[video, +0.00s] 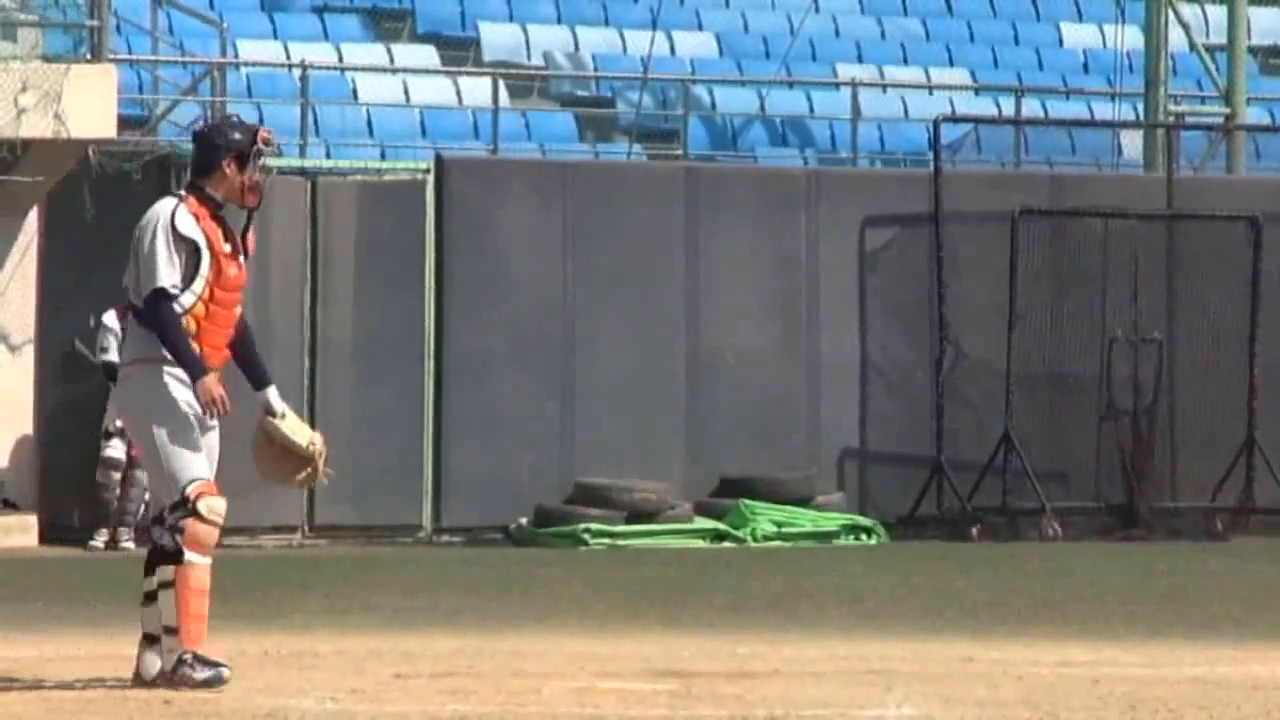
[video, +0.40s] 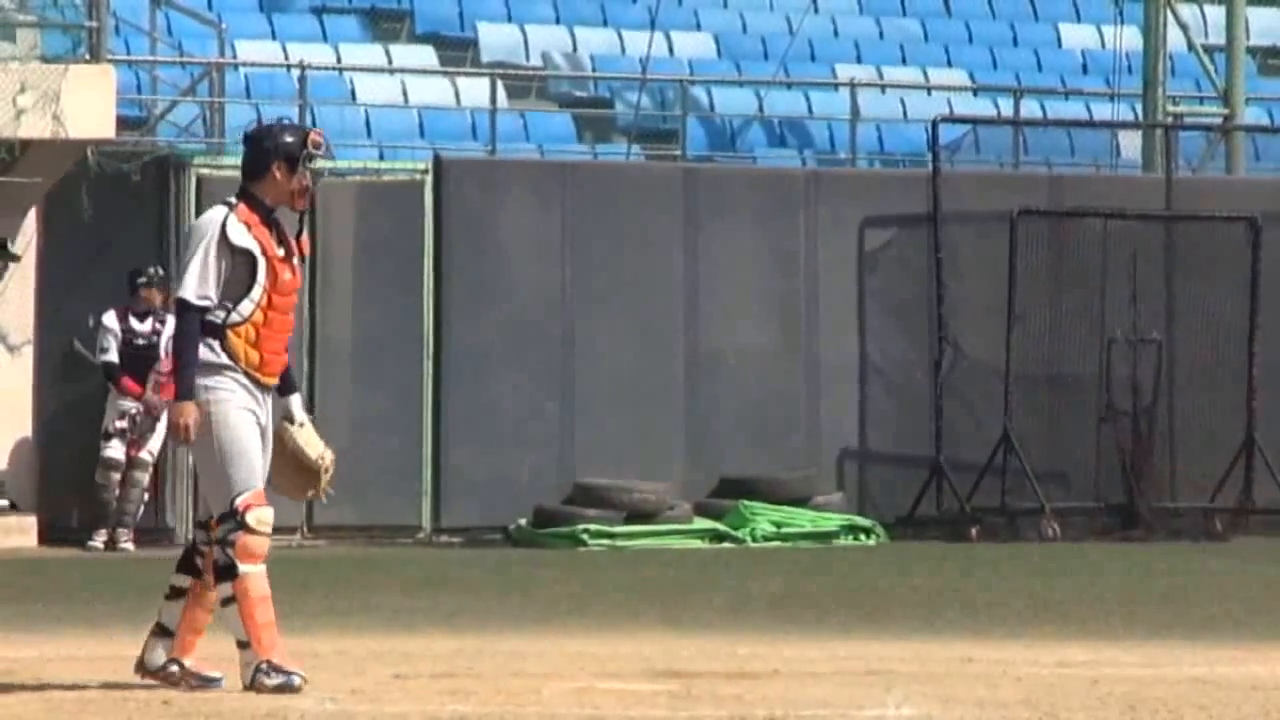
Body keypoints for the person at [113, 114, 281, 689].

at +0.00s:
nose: (257, 176)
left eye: (257, 165)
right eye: (252, 165)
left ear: (228, 166)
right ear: (228, 166)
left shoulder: (226, 230)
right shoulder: (169, 219)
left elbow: (230, 323)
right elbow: (156, 303)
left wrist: (272, 397)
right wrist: (199, 372)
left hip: (195, 380)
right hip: (159, 378)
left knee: (179, 517)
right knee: (201, 510)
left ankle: (155, 653)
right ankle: (188, 654)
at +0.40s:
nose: (309, 181)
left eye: (310, 171)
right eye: (301, 170)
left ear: (281, 173)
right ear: (274, 170)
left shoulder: (282, 233)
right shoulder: (222, 224)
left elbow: (271, 332)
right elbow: (189, 310)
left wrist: (293, 405)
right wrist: (182, 392)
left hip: (259, 389)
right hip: (219, 383)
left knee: (221, 526)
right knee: (250, 520)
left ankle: (166, 651)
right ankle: (263, 660)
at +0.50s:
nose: (320, 176)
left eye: (320, 165)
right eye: (312, 165)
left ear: (289, 167)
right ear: (286, 165)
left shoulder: (295, 227)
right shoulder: (235, 219)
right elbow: (202, 304)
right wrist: (200, 387)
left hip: (278, 385)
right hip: (236, 379)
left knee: (279, 522)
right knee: (254, 520)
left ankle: (186, 630)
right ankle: (263, 659)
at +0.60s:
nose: (327, 173)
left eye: (328, 163)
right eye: (320, 163)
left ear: (302, 166)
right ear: (294, 165)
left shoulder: (305, 223)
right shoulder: (244, 219)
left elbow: (290, 302)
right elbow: (214, 304)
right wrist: (217, 390)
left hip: (289, 385)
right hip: (248, 381)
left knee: (307, 528)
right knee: (261, 521)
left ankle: (210, 619)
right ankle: (264, 662)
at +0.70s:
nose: (347, 177)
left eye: (349, 166)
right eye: (339, 166)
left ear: (326, 168)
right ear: (308, 165)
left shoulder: (323, 224)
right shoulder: (263, 221)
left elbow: (305, 302)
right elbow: (244, 310)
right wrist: (265, 391)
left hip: (309, 388)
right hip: (266, 387)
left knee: (352, 516)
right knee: (270, 526)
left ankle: (286, 640)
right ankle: (261, 661)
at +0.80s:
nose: (361, 178)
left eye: (367, 168)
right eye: (351, 165)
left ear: (367, 173)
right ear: (320, 163)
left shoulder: (345, 226)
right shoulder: (279, 221)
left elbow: (324, 307)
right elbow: (264, 314)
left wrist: (328, 373)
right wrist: (308, 385)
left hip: (327, 385)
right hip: (277, 386)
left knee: (377, 507)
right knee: (279, 525)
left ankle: (354, 649)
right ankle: (263, 661)